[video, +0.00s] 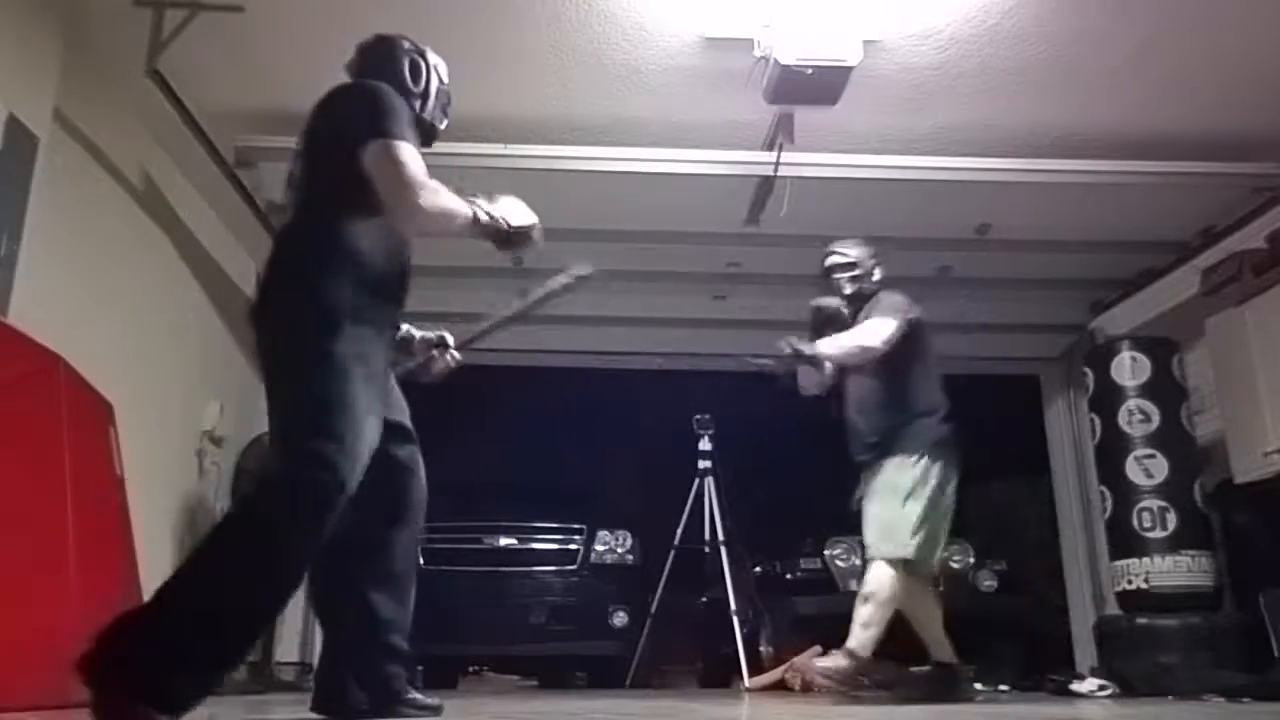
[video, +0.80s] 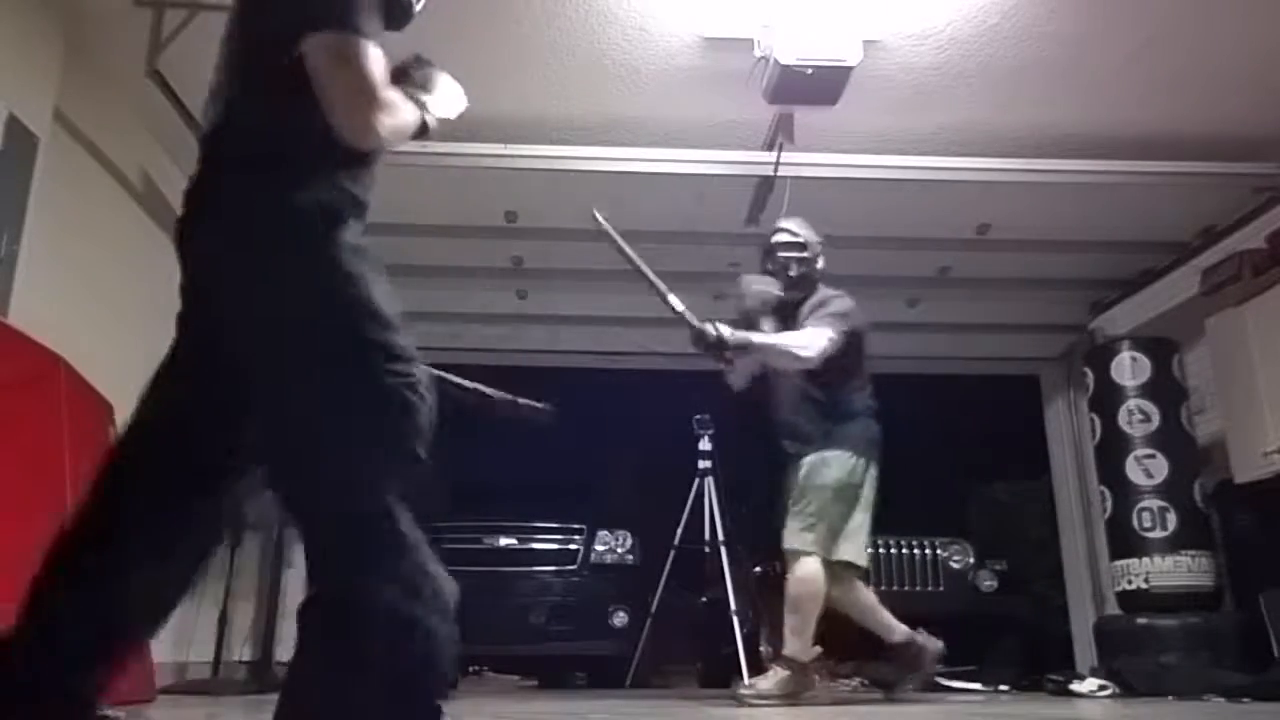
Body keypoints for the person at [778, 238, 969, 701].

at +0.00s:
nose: (841, 279)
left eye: (850, 269)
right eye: (833, 272)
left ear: (874, 269)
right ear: (828, 278)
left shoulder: (894, 303)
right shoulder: (838, 322)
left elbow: (871, 342)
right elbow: (818, 382)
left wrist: (812, 350)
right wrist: (799, 361)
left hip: (917, 448)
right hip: (881, 456)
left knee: (887, 550)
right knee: (902, 563)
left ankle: (854, 655)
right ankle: (947, 664)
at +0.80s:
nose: (789, 264)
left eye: (799, 254)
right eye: (779, 255)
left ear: (819, 259)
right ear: (767, 262)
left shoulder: (837, 306)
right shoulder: (770, 313)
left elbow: (808, 350)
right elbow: (739, 376)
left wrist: (733, 336)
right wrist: (745, 331)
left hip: (842, 443)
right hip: (805, 446)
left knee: (803, 549)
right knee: (825, 573)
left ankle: (794, 667)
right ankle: (910, 645)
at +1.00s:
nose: (777, 263)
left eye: (787, 252)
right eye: (767, 254)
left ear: (809, 257)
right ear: (755, 263)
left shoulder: (830, 308)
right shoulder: (762, 318)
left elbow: (836, 366)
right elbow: (738, 353)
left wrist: (777, 361)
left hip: (823, 442)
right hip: (786, 446)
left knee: (767, 515)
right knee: (807, 574)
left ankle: (776, 659)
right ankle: (880, 660)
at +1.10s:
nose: (767, 263)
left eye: (778, 253)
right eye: (757, 254)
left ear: (801, 260)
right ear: (746, 262)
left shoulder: (825, 316)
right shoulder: (745, 320)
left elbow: (847, 381)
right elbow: (697, 338)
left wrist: (819, 419)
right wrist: (656, 308)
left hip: (811, 448)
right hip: (772, 450)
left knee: (751, 523)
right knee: (802, 569)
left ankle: (738, 664)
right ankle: (882, 661)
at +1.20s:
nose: (747, 253)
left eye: (759, 244)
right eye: (740, 245)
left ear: (784, 255)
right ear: (731, 255)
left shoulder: (800, 310)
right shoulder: (737, 317)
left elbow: (808, 375)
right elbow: (679, 339)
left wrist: (792, 414)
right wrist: (628, 307)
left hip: (798, 449)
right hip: (763, 453)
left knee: (744, 535)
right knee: (799, 571)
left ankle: (714, 668)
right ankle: (884, 663)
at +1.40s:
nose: (710, 238)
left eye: (721, 229)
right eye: (703, 231)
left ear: (745, 237)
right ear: (694, 244)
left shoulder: (751, 285)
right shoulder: (727, 293)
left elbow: (690, 319)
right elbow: (684, 353)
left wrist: (634, 306)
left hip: (785, 432)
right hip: (772, 435)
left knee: (720, 533)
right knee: (762, 571)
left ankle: (711, 671)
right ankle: (864, 646)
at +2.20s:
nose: (700, 229)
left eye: (711, 217)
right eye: (697, 221)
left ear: (748, 219)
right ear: (755, 228)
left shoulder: (752, 260)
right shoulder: (778, 266)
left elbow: (724, 335)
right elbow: (753, 361)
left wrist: (666, 386)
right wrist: (697, 328)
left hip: (811, 409)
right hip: (853, 413)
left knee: (758, 535)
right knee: (837, 550)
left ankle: (774, 671)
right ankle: (884, 669)